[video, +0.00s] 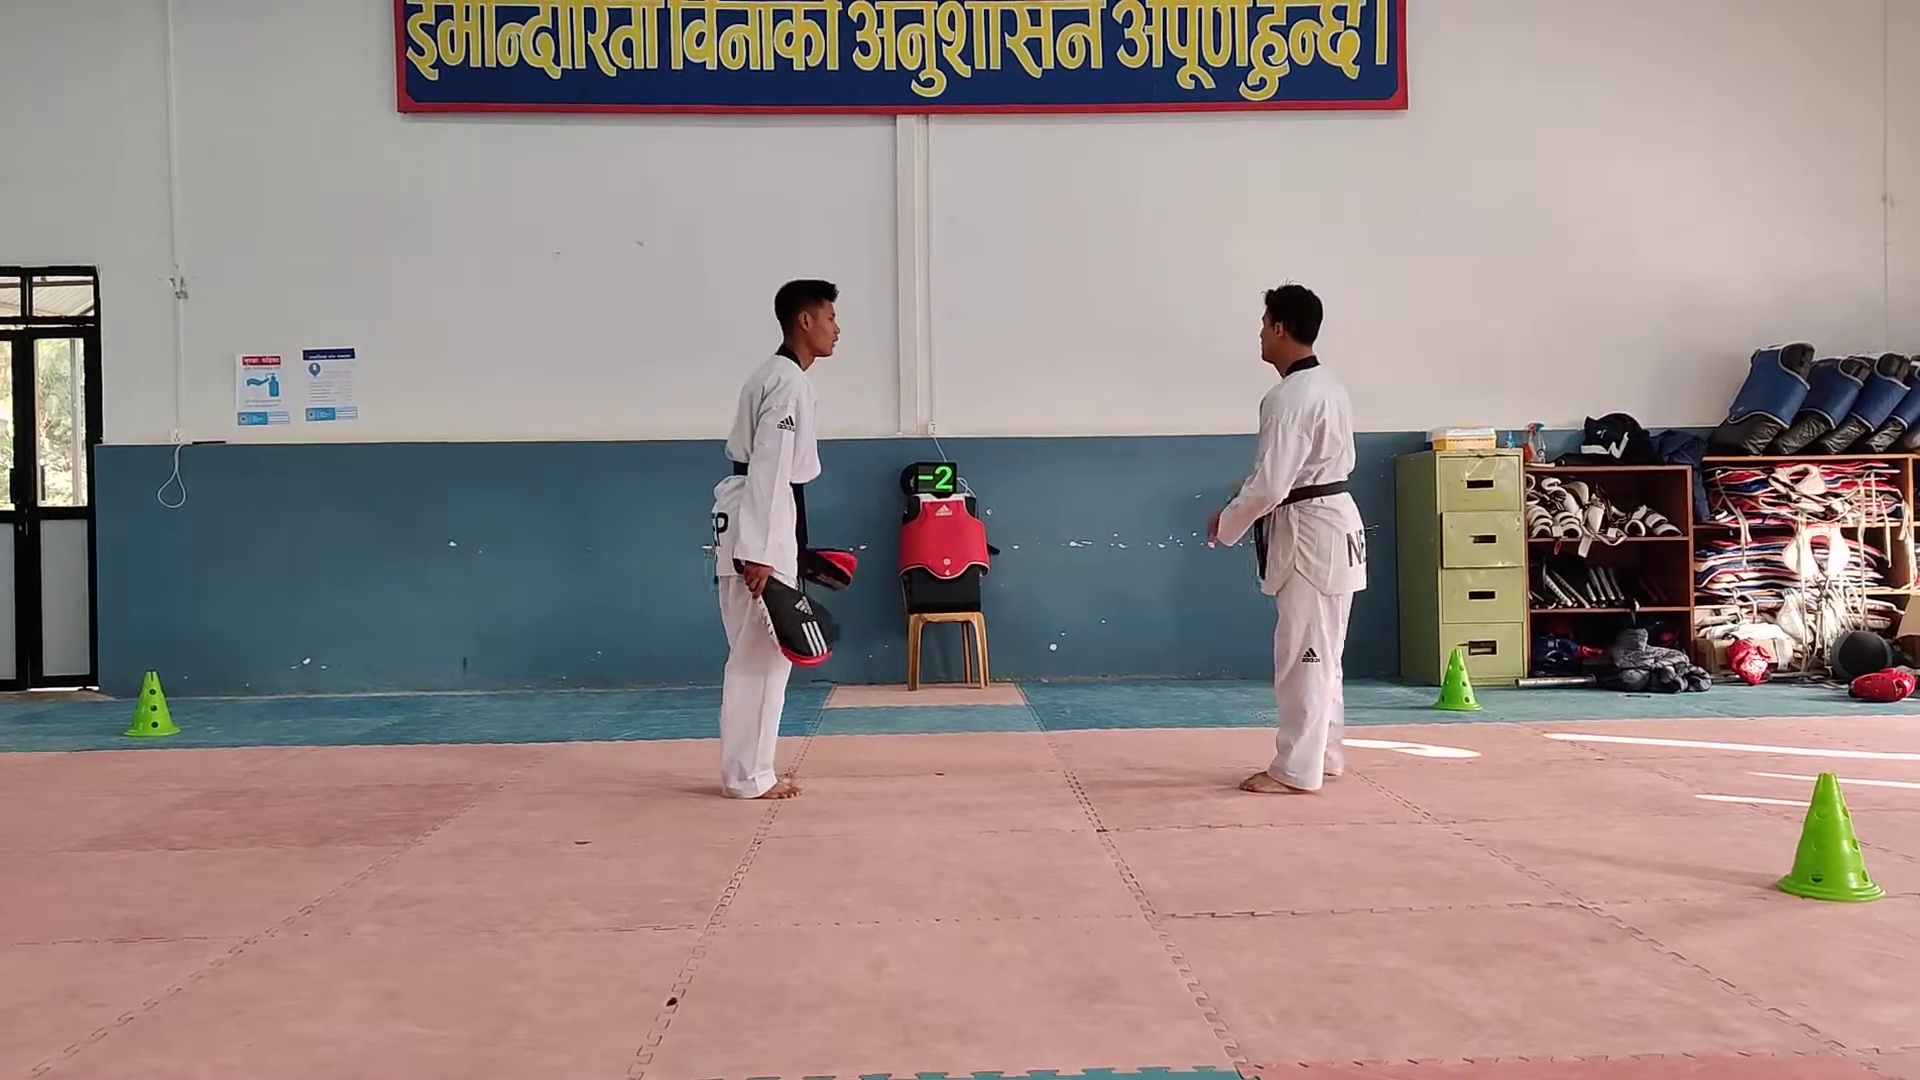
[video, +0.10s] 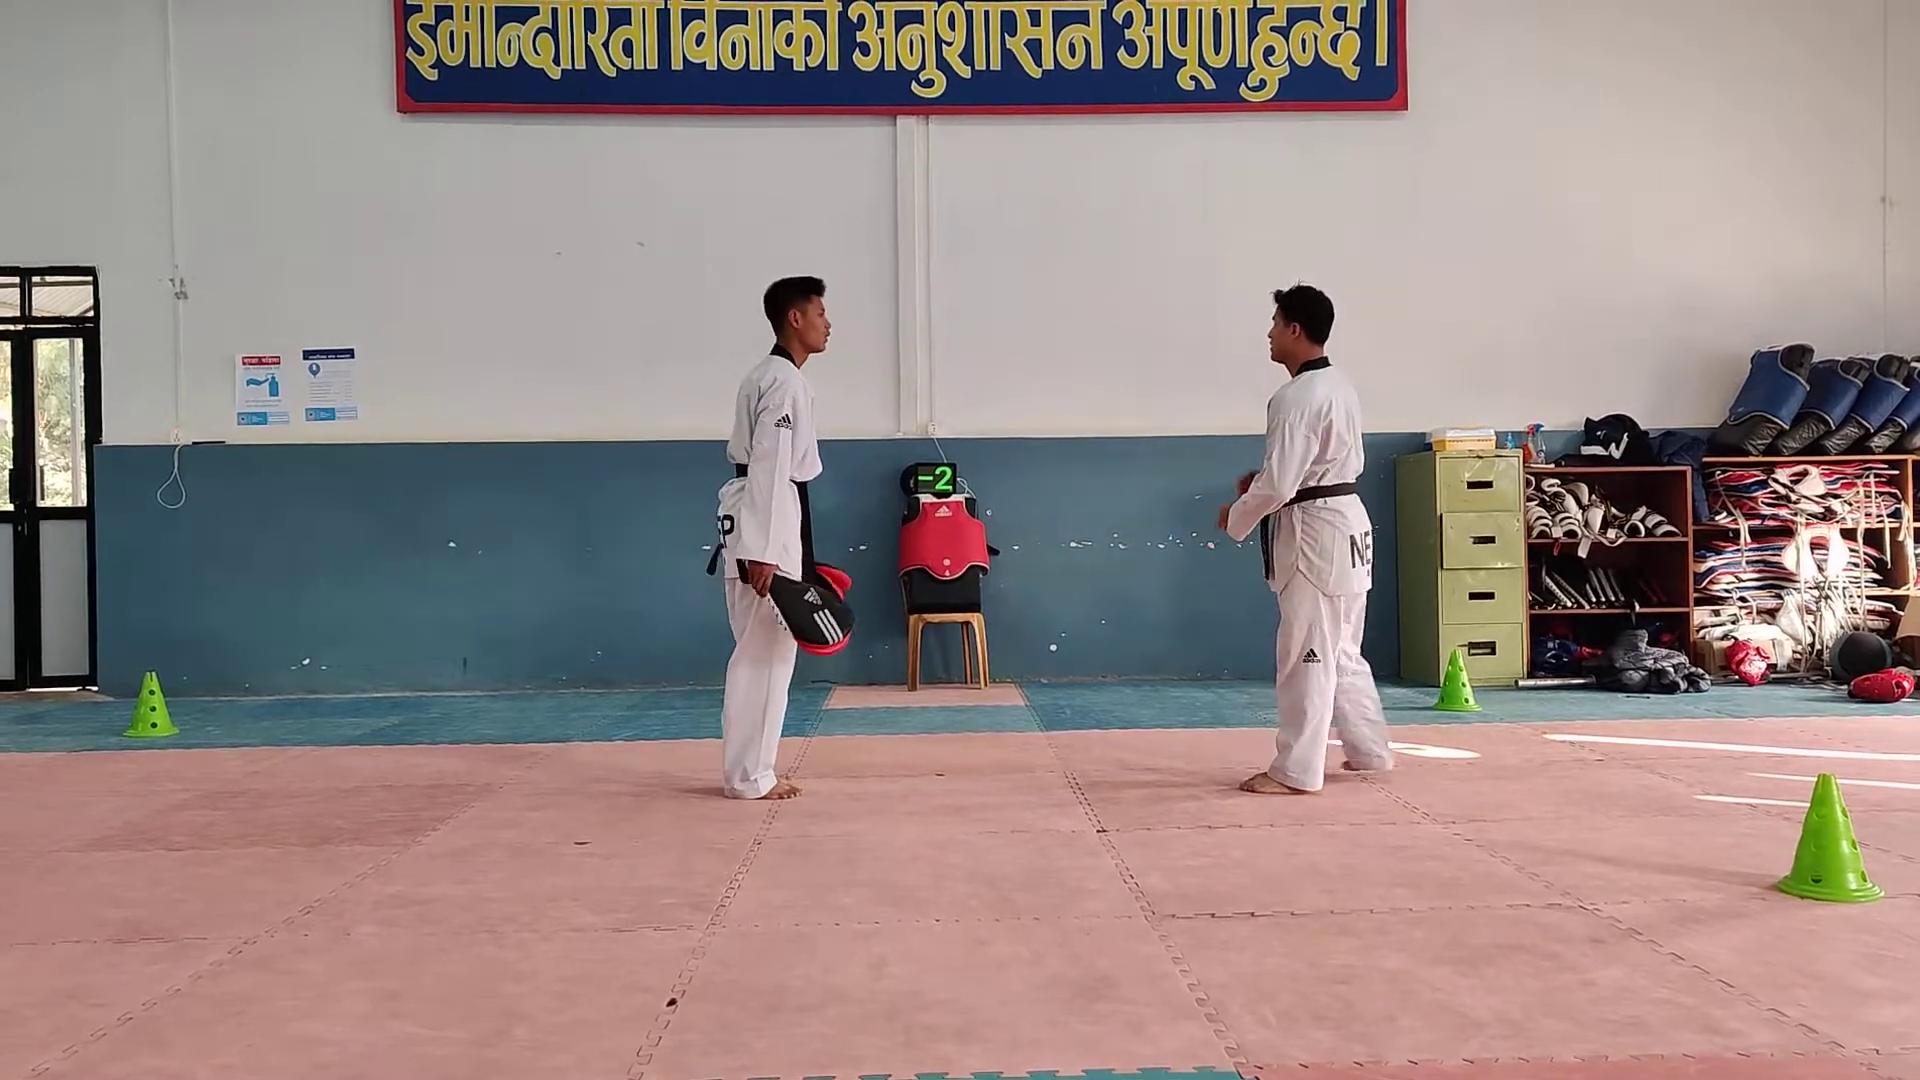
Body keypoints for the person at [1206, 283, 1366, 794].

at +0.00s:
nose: (1260, 333)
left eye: (1266, 324)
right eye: (1263, 323)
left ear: (1284, 330)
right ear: (1307, 333)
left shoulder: (1287, 397)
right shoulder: (1331, 388)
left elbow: (1271, 484)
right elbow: (1326, 466)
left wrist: (1227, 521)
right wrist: (1254, 496)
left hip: (1308, 529)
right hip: (1342, 523)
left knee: (1302, 650)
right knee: (1325, 648)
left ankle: (1296, 769)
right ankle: (1327, 753)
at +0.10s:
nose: (1270, 333)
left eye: (1276, 324)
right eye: (1273, 323)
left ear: (1295, 330)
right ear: (1316, 333)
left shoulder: (1296, 396)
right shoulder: (1341, 387)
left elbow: (1277, 483)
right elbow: (1330, 465)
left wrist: (1236, 515)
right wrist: (1266, 477)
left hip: (1315, 528)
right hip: (1351, 522)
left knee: (1307, 651)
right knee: (1341, 648)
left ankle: (1295, 770)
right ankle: (1370, 754)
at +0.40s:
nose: (1317, 336)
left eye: (1322, 327)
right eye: (1320, 327)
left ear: (1339, 333)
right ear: (1364, 337)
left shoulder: (1338, 394)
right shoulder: (1385, 390)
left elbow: (1333, 475)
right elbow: (1381, 466)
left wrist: (1290, 514)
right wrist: (1314, 470)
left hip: (1350, 527)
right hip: (1392, 524)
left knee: (1319, 647)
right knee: (1407, 643)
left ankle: (1292, 764)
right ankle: (1444, 751)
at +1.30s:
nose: (1300, 325)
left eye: (1305, 316)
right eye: (1302, 315)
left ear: (1326, 321)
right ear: (1345, 323)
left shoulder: (1317, 367)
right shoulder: (1380, 371)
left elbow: (1307, 434)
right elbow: (1408, 441)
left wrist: (1291, 480)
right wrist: (1371, 475)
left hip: (1338, 509)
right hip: (1385, 506)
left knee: (1316, 633)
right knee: (1392, 628)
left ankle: (1301, 751)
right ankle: (1437, 734)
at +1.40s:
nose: (1304, 330)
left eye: (1311, 321)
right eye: (1306, 320)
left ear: (1337, 326)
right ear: (1347, 329)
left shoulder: (1325, 374)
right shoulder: (1385, 379)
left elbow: (1320, 440)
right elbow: (1412, 451)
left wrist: (1294, 492)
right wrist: (1373, 484)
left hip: (1345, 512)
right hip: (1390, 510)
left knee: (1308, 633)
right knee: (1402, 632)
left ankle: (1297, 751)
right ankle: (1443, 736)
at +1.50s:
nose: (1306, 335)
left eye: (1314, 326)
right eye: (1308, 325)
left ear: (1345, 332)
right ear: (1351, 335)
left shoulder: (1330, 381)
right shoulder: (1388, 385)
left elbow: (1332, 451)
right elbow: (1416, 455)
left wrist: (1305, 497)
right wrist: (1377, 489)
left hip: (1350, 518)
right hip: (1396, 517)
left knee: (1305, 634)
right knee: (1407, 638)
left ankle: (1288, 752)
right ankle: (1440, 744)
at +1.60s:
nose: (1303, 334)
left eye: (1312, 324)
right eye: (1305, 324)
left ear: (1343, 330)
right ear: (1347, 333)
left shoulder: (1329, 381)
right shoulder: (1386, 384)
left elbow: (1337, 453)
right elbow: (1415, 454)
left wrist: (1305, 494)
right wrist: (1372, 485)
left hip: (1349, 517)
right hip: (1394, 515)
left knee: (1310, 635)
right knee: (1406, 635)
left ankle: (1284, 752)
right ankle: (1436, 742)